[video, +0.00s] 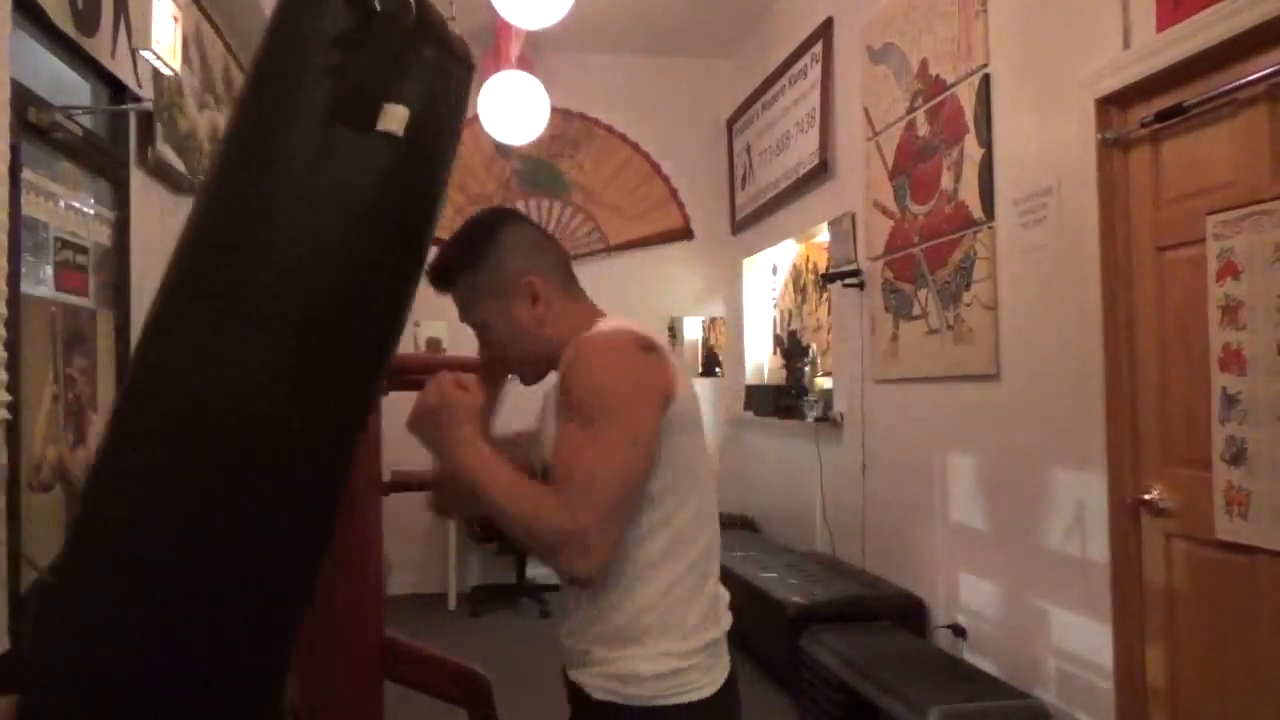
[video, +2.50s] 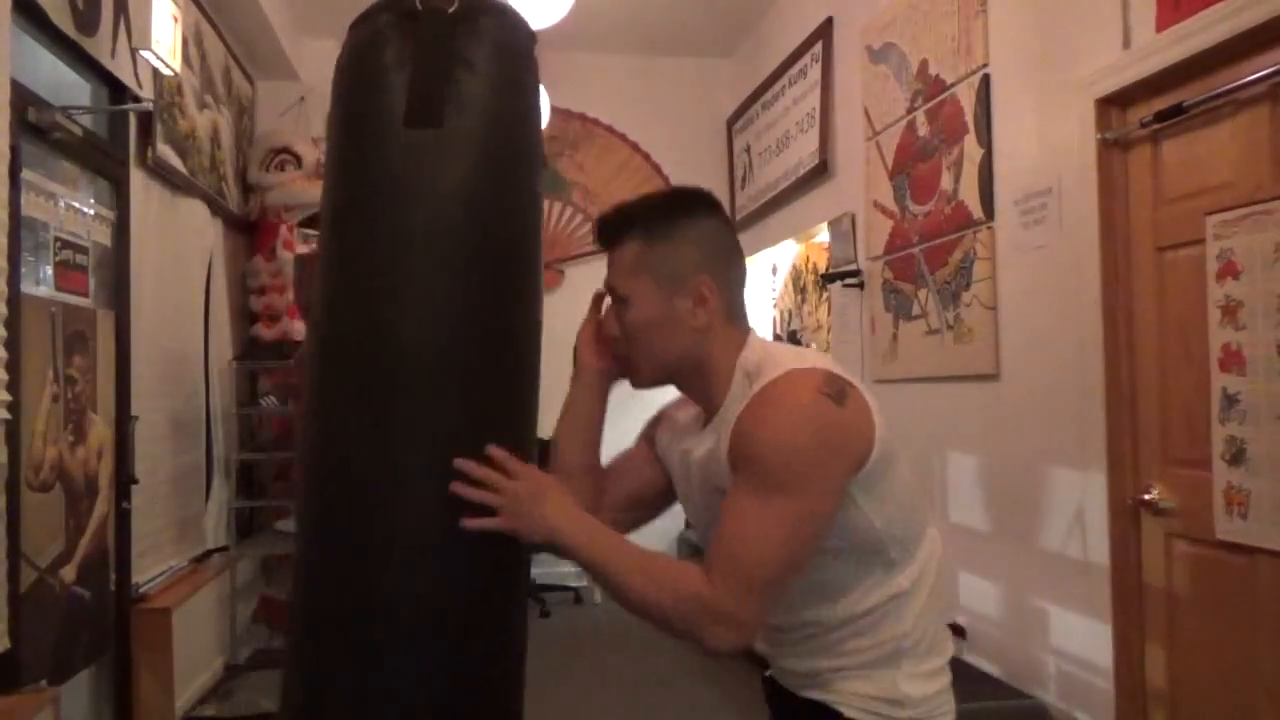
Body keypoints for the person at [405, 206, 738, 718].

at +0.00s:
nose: (486, 349)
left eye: (482, 326)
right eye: (475, 329)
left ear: (532, 298)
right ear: (536, 297)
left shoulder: (611, 355)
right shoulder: (575, 378)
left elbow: (584, 548)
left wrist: (463, 445)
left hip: (652, 696)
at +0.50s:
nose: (583, 329)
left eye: (589, 308)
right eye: (581, 311)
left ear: (639, 284)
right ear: (645, 283)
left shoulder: (671, 342)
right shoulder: (734, 339)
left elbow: (599, 529)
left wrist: (559, 407)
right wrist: (593, 386)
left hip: (702, 690)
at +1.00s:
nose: (706, 313)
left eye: (710, 294)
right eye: (703, 297)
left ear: (765, 278)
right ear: (771, 280)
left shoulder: (805, 351)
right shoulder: (836, 337)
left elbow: (762, 530)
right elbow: (719, 479)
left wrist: (624, 458)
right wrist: (705, 359)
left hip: (841, 683)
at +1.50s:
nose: (597, 423)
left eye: (603, 393)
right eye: (595, 396)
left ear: (664, 380)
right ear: (662, 381)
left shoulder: (797, 470)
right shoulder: (714, 478)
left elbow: (792, 690)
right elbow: (660, 638)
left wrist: (631, 578)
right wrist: (606, 504)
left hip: (900, 708)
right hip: (824, 700)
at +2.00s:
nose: (683, 428)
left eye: (687, 404)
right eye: (682, 406)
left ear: (736, 393)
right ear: (759, 389)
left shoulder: (738, 444)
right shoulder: (842, 431)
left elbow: (789, 598)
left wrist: (745, 696)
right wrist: (720, 509)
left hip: (883, 707)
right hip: (977, 698)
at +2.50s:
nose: (607, 325)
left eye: (621, 304)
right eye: (609, 304)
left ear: (698, 303)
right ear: (692, 308)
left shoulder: (801, 408)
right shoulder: (682, 426)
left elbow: (726, 619)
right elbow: (579, 521)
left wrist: (561, 520)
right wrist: (590, 381)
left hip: (873, 702)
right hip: (788, 687)